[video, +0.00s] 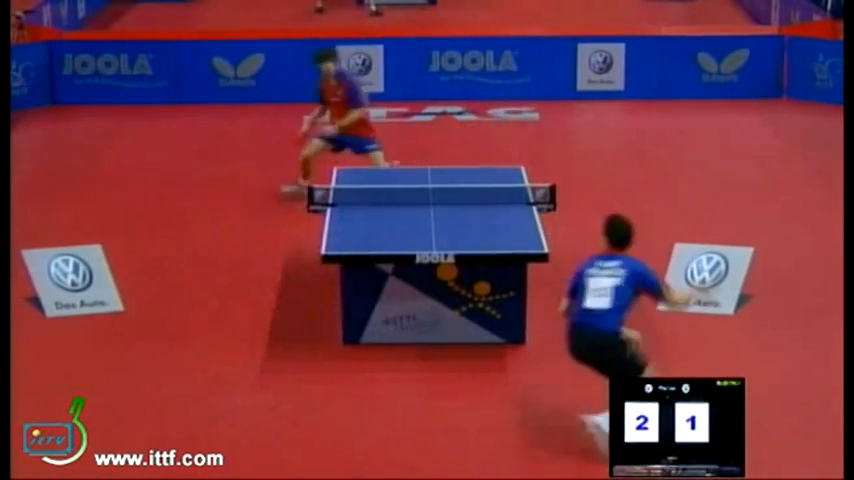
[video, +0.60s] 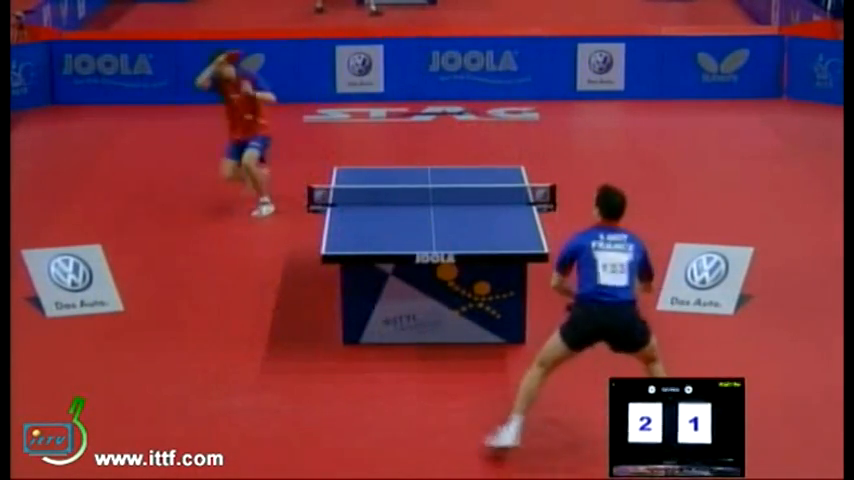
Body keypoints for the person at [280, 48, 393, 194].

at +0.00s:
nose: (327, 67)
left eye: (330, 63)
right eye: (323, 64)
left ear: (335, 64)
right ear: (319, 66)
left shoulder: (347, 82)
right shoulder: (323, 83)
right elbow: (324, 106)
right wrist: (310, 121)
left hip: (360, 133)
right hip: (337, 132)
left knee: (380, 168)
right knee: (305, 155)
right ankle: (305, 186)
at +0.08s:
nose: (307, 68)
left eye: (309, 63)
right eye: (304, 65)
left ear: (316, 62)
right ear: (301, 67)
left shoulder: (329, 79)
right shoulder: (310, 80)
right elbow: (314, 106)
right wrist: (300, 124)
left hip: (350, 132)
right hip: (327, 131)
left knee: (372, 169)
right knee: (296, 158)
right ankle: (303, 186)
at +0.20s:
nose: (274, 75)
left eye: (275, 70)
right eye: (272, 71)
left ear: (282, 67)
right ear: (272, 71)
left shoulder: (297, 80)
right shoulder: (290, 82)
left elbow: (301, 111)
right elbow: (298, 113)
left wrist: (281, 131)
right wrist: (282, 133)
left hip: (331, 132)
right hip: (311, 131)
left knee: (337, 175)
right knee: (286, 159)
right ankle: (301, 186)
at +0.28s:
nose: (257, 84)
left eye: (257, 80)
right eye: (255, 81)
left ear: (262, 75)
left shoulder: (280, 84)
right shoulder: (275, 87)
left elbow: (291, 108)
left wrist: (279, 131)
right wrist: (271, 135)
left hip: (320, 127)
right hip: (302, 128)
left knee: (311, 165)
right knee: (280, 159)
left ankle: (341, 178)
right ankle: (300, 185)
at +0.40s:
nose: (236, 91)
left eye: (235, 87)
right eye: (233, 89)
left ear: (240, 82)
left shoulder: (261, 86)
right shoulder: (254, 93)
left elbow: (289, 94)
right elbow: (272, 116)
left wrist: (302, 110)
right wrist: (251, 130)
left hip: (300, 126)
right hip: (286, 127)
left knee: (275, 157)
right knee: (269, 161)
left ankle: (300, 186)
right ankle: (292, 190)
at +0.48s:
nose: (227, 87)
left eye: (228, 82)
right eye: (224, 84)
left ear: (236, 77)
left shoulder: (259, 81)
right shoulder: (242, 93)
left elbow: (286, 94)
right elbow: (243, 119)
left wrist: (282, 106)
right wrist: (214, 120)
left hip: (285, 130)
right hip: (270, 132)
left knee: (258, 156)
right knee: (258, 169)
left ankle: (266, 202)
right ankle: (293, 179)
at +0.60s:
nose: (225, 71)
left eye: (227, 66)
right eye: (222, 69)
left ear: (233, 65)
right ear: (219, 72)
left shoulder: (249, 79)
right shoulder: (222, 84)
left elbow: (271, 97)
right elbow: (200, 84)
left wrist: (252, 93)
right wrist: (215, 66)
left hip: (257, 132)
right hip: (237, 135)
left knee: (248, 162)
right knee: (228, 172)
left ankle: (265, 200)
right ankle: (257, 175)